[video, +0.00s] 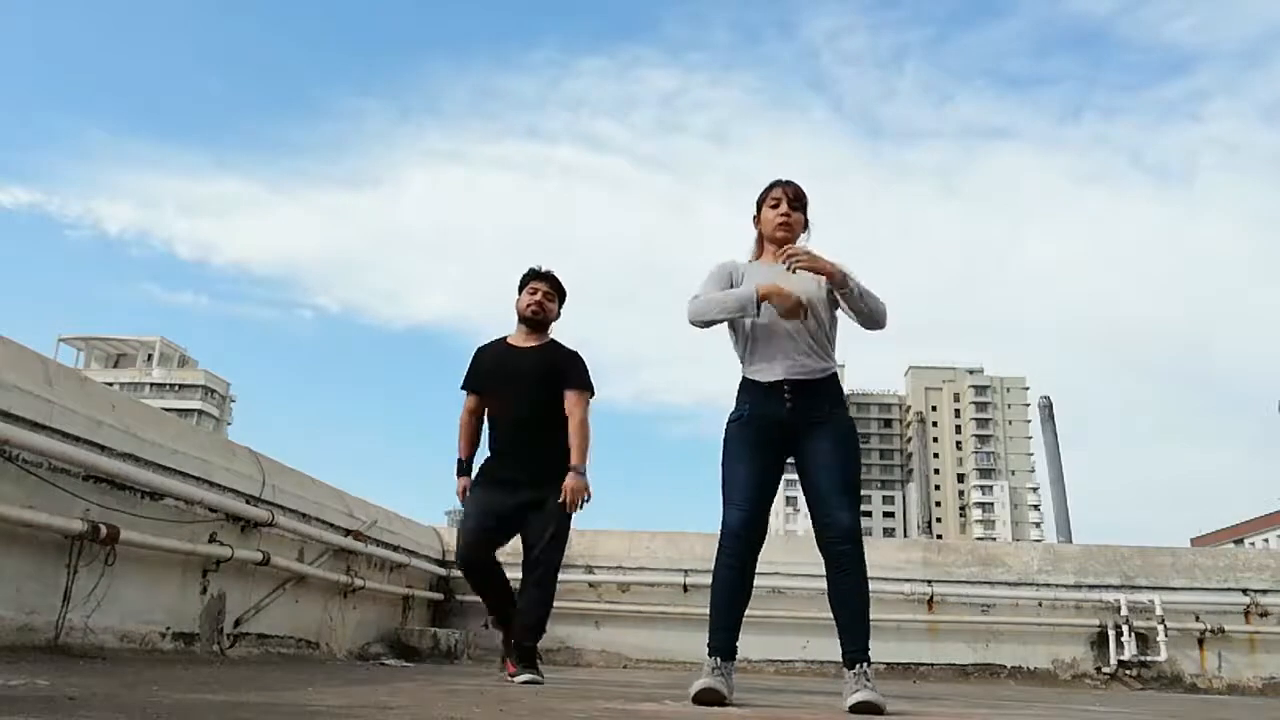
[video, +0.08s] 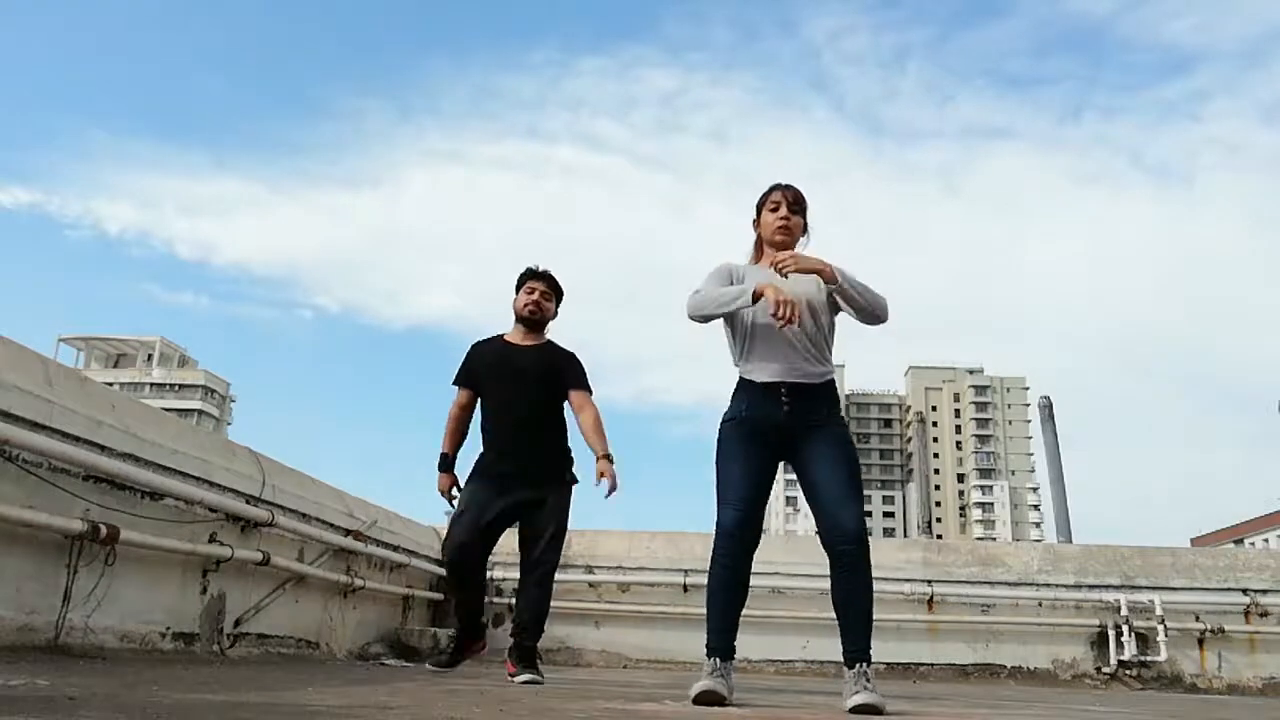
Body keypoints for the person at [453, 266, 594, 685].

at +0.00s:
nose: (538, 299)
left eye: (548, 297)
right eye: (532, 292)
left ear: (557, 312)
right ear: (517, 301)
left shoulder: (569, 361)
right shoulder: (488, 355)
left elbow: (577, 416)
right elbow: (472, 413)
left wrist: (578, 470)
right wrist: (464, 467)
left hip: (551, 481)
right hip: (499, 477)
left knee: (541, 569)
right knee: (471, 553)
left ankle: (524, 653)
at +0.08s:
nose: (536, 298)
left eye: (546, 297)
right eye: (529, 291)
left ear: (554, 312)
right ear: (514, 300)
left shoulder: (565, 361)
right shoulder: (483, 352)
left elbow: (585, 409)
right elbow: (461, 409)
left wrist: (603, 454)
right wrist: (446, 464)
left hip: (548, 477)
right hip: (494, 472)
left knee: (539, 567)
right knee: (459, 548)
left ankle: (524, 654)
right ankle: (470, 634)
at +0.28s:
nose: (520, 299)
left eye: (530, 296)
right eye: (513, 293)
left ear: (538, 310)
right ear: (498, 303)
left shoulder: (545, 366)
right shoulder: (467, 346)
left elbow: (580, 406)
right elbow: (430, 392)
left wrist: (620, 426)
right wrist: (396, 436)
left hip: (525, 481)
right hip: (470, 475)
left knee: (526, 568)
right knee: (445, 564)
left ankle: (524, 657)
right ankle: (416, 649)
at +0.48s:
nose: (503, 296)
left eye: (511, 291)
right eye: (494, 292)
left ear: (523, 304)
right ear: (482, 305)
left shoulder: (538, 363)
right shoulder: (460, 344)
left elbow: (550, 424)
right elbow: (431, 371)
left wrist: (572, 460)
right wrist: (416, 386)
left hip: (515, 479)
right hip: (459, 474)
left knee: (526, 566)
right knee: (439, 562)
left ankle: (530, 652)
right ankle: (414, 649)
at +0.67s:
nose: (502, 296)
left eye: (510, 292)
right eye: (493, 293)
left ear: (524, 304)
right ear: (483, 308)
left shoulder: (548, 358)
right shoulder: (468, 352)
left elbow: (554, 419)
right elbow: (440, 391)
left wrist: (549, 475)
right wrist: (456, 386)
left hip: (517, 480)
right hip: (464, 475)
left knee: (524, 573)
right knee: (438, 563)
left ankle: (535, 655)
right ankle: (413, 649)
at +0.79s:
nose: (505, 299)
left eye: (514, 295)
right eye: (497, 295)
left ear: (528, 308)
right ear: (487, 308)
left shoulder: (552, 357)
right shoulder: (471, 361)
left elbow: (582, 406)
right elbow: (454, 411)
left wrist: (596, 457)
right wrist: (465, 440)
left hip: (522, 485)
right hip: (466, 477)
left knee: (529, 571)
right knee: (420, 547)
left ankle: (535, 654)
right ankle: (405, 640)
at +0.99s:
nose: (499, 302)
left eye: (510, 300)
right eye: (496, 295)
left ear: (523, 316)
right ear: (484, 303)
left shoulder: (535, 363)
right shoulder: (454, 360)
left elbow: (568, 393)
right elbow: (433, 415)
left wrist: (602, 409)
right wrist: (412, 468)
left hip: (517, 486)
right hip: (460, 481)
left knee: (526, 569)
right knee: (437, 563)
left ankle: (536, 655)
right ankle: (392, 647)